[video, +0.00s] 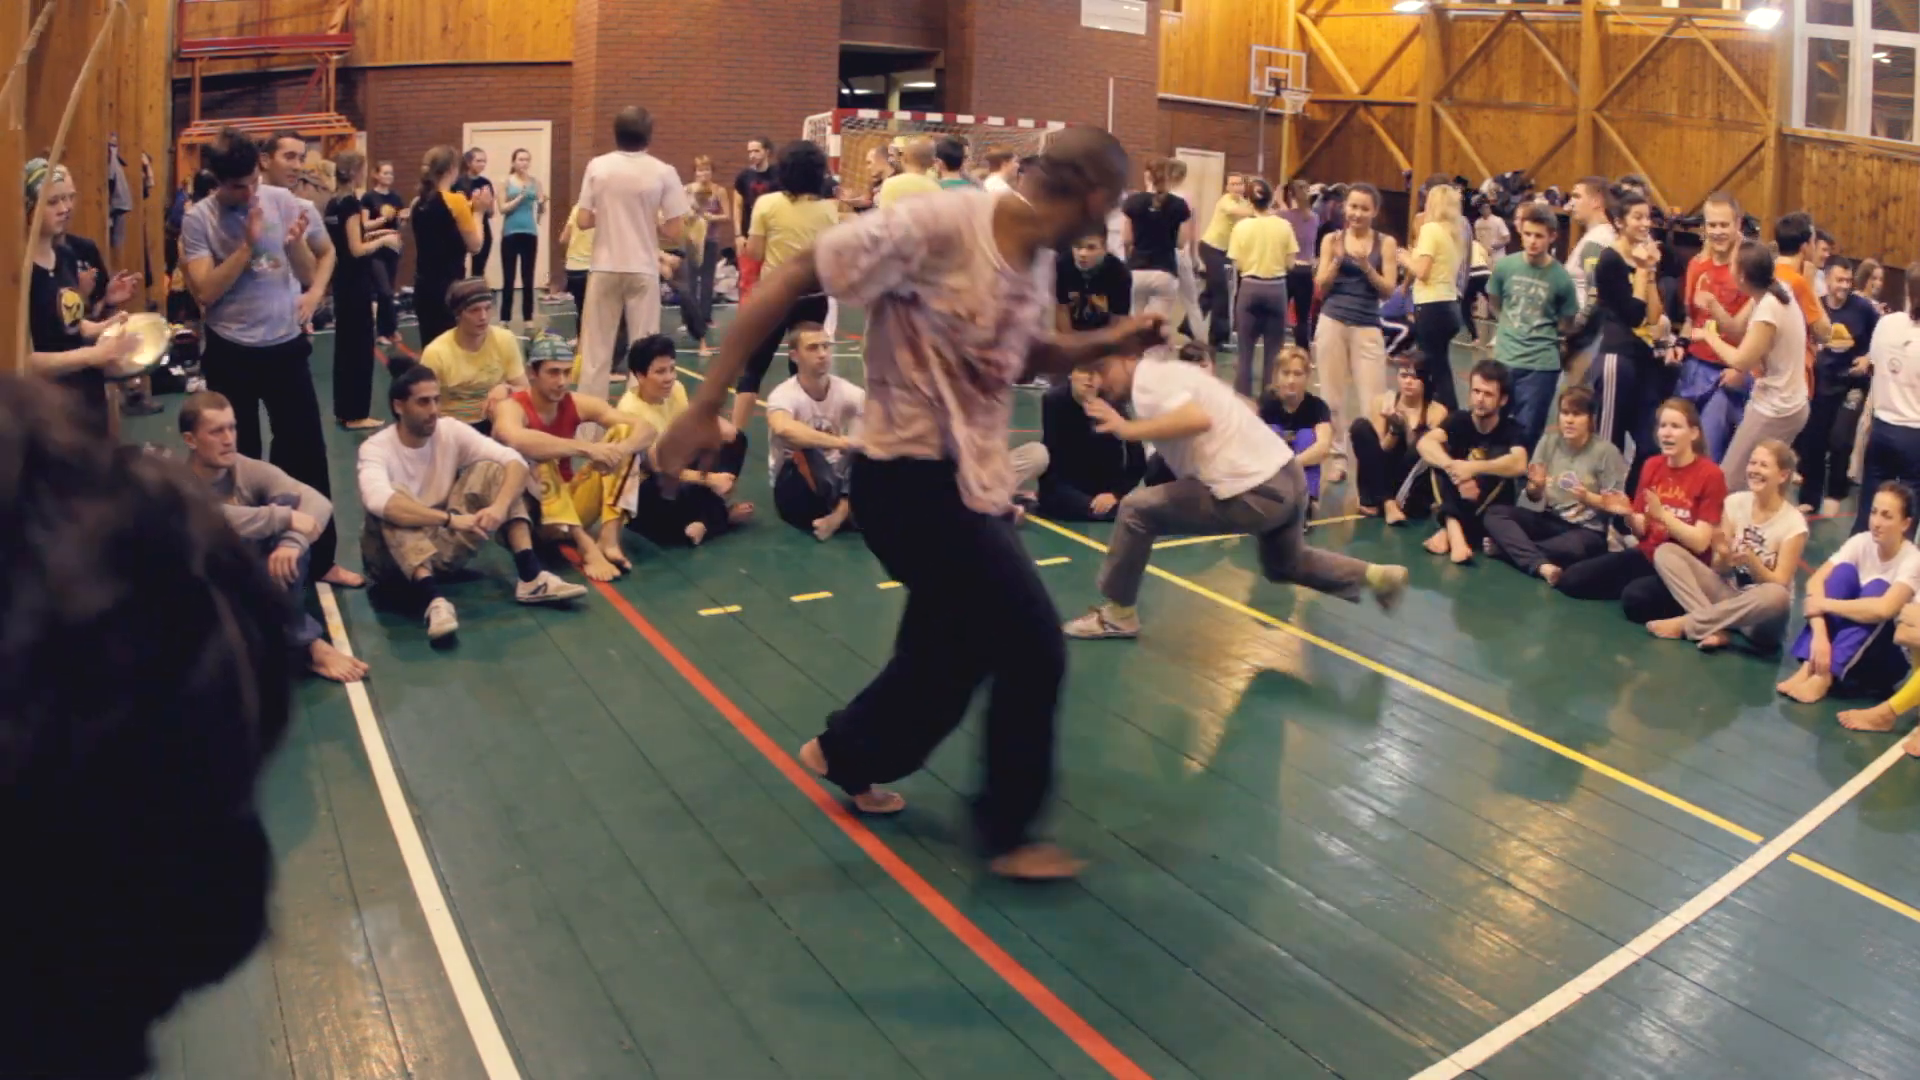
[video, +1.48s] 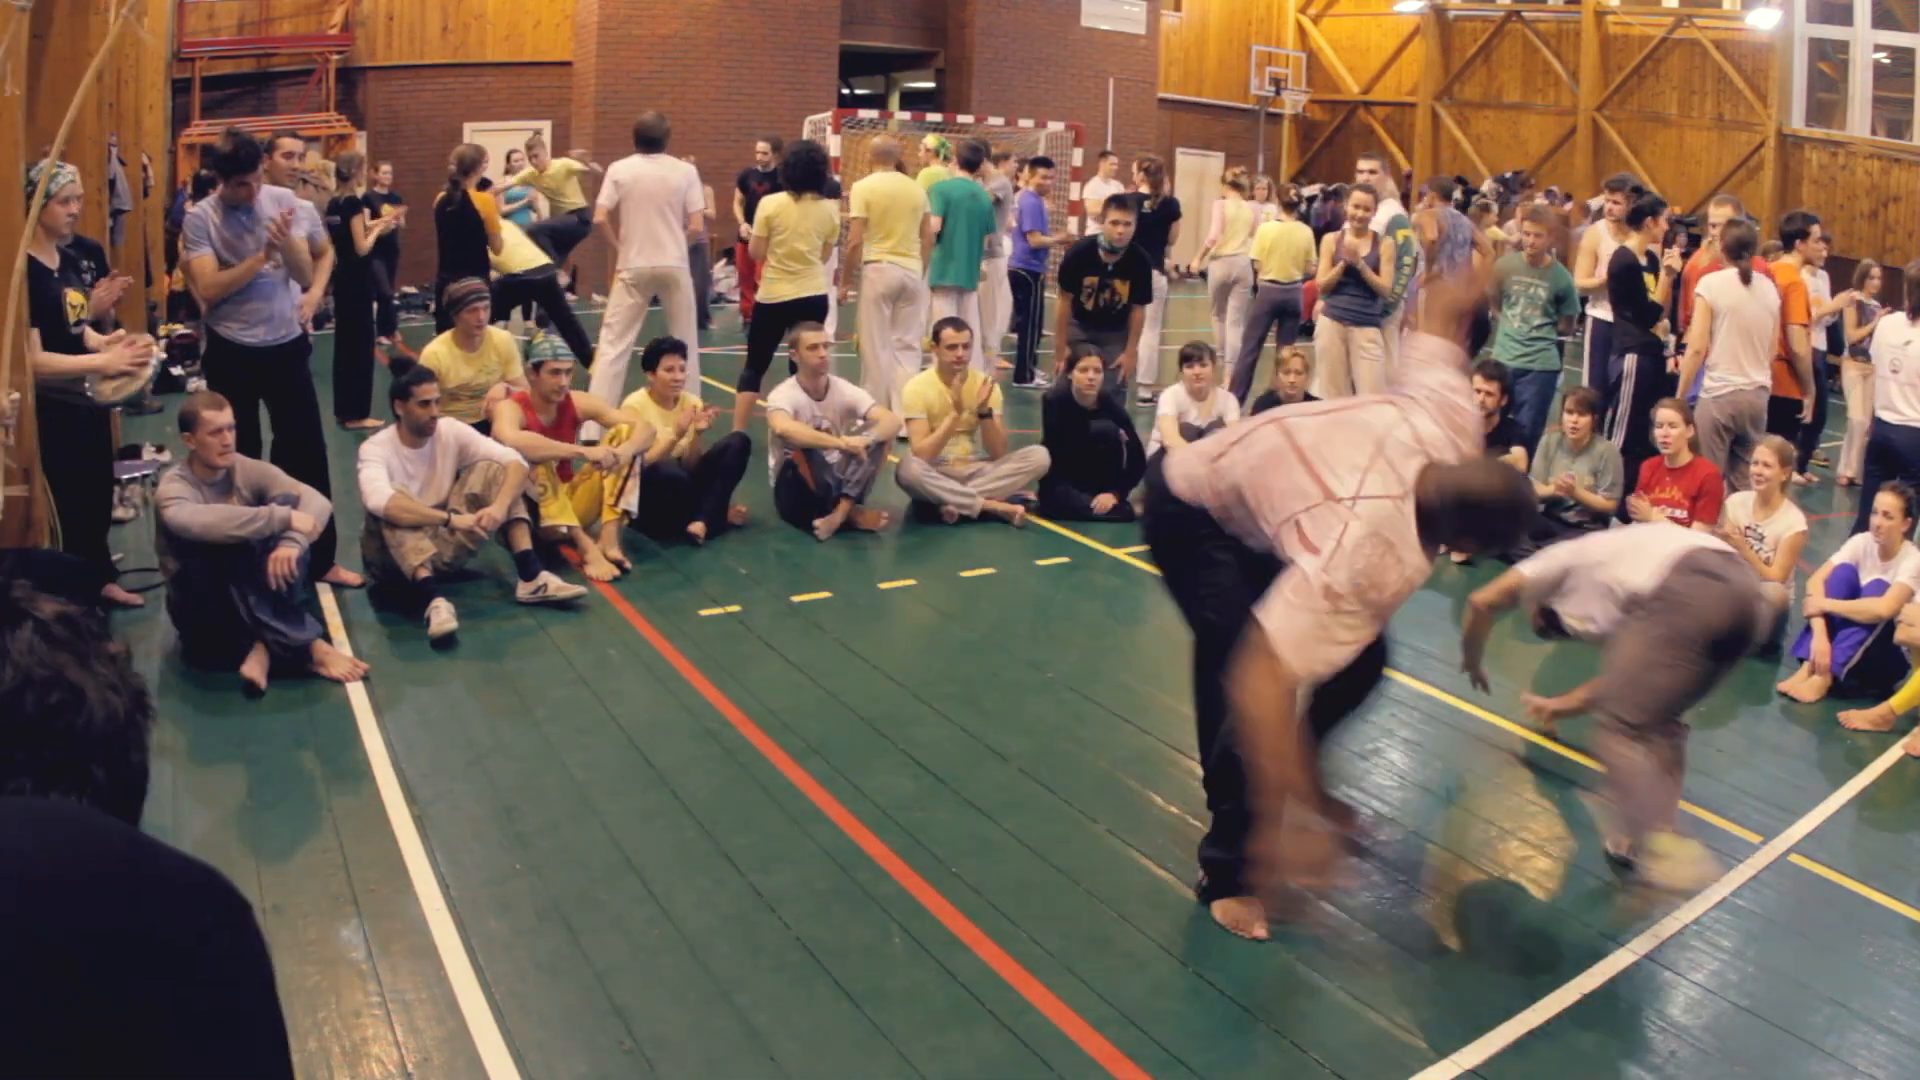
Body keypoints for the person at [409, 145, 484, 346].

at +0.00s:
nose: (458, 172)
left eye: (457, 167)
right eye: (457, 167)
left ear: (429, 169)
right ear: (451, 170)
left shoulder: (417, 204)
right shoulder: (455, 201)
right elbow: (475, 244)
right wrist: (479, 212)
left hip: (424, 284)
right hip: (450, 286)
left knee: (430, 348)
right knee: (451, 348)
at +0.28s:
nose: (465, 171)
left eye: (465, 166)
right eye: (464, 166)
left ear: (438, 168)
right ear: (459, 169)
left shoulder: (424, 203)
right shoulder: (463, 201)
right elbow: (482, 246)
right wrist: (483, 212)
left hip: (430, 281)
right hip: (459, 282)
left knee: (434, 344)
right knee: (460, 343)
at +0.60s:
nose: (478, 168)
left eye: (478, 162)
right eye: (476, 163)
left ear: (448, 166)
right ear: (469, 168)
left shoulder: (432, 201)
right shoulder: (473, 201)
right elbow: (490, 245)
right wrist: (493, 211)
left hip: (437, 282)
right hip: (467, 284)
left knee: (439, 346)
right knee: (465, 346)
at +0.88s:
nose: (484, 167)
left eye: (484, 163)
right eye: (482, 163)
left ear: (454, 165)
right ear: (474, 168)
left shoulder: (437, 200)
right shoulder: (480, 201)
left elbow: (440, 238)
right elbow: (494, 247)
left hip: (442, 278)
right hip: (472, 279)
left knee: (442, 338)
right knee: (471, 338)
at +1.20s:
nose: (486, 167)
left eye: (486, 163)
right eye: (484, 163)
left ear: (456, 165)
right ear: (476, 168)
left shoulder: (439, 199)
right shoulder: (485, 200)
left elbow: (441, 240)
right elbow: (495, 246)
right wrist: (497, 206)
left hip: (446, 276)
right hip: (474, 278)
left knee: (443, 332)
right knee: (474, 333)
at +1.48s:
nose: (486, 168)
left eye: (485, 163)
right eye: (484, 164)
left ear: (457, 165)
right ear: (478, 168)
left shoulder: (440, 200)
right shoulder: (485, 200)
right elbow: (497, 245)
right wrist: (495, 210)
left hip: (446, 280)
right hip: (475, 280)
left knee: (445, 337)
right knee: (474, 336)